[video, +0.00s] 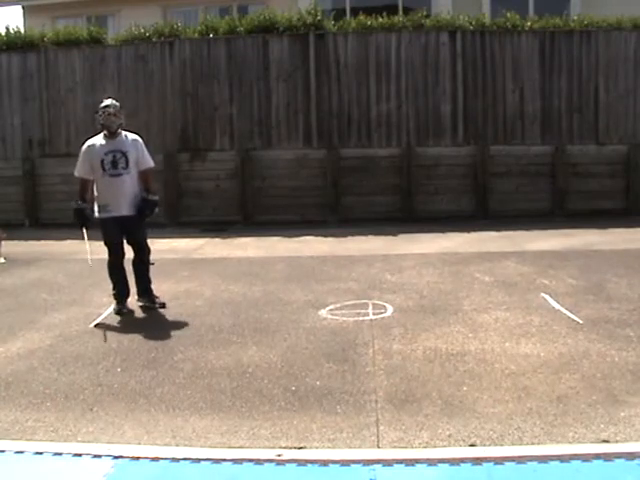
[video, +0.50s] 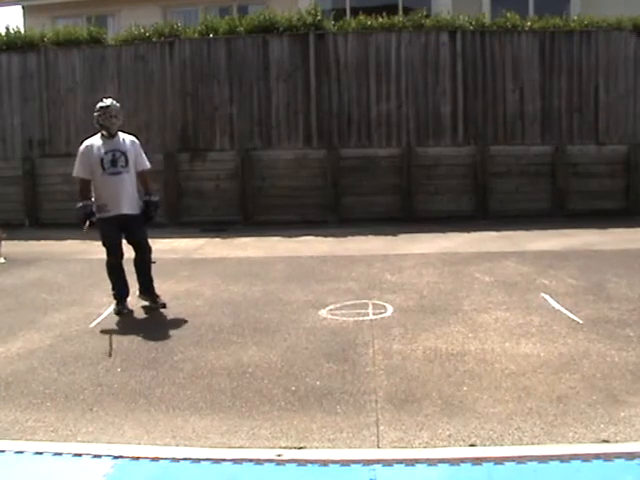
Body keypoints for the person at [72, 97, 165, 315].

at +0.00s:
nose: (110, 119)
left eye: (114, 114)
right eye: (106, 115)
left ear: (121, 117)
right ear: (99, 118)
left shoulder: (134, 142)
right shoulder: (90, 148)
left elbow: (146, 171)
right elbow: (85, 180)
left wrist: (150, 195)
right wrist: (82, 207)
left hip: (133, 210)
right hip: (107, 212)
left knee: (142, 252)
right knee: (115, 257)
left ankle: (146, 293)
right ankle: (120, 298)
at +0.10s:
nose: (111, 120)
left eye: (114, 115)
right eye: (106, 116)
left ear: (121, 117)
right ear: (99, 119)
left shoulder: (133, 141)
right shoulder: (90, 148)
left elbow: (146, 170)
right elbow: (85, 180)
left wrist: (150, 194)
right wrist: (83, 206)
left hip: (132, 210)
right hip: (107, 212)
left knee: (142, 251)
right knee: (115, 257)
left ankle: (145, 293)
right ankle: (120, 298)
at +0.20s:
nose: (110, 120)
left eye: (114, 115)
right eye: (105, 116)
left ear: (121, 118)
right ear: (98, 119)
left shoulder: (133, 141)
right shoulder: (89, 148)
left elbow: (146, 170)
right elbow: (85, 180)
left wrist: (151, 193)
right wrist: (84, 206)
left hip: (133, 210)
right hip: (107, 212)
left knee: (143, 251)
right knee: (115, 257)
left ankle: (146, 293)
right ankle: (120, 298)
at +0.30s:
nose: (110, 121)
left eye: (114, 116)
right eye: (106, 116)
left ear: (120, 118)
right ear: (98, 119)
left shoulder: (132, 141)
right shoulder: (89, 148)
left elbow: (145, 170)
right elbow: (85, 180)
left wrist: (151, 194)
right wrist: (85, 206)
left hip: (133, 209)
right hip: (107, 212)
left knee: (143, 250)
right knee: (115, 257)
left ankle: (146, 292)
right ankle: (121, 298)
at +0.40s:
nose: (111, 120)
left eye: (114, 116)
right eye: (106, 116)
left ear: (121, 118)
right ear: (97, 119)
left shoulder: (131, 142)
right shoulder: (89, 148)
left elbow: (144, 171)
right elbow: (85, 181)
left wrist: (152, 195)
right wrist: (86, 206)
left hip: (133, 209)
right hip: (107, 212)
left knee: (143, 251)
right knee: (114, 257)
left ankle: (147, 291)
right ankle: (120, 298)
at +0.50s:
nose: (113, 120)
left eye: (116, 116)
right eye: (107, 116)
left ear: (121, 118)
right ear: (98, 119)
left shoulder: (131, 142)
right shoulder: (89, 148)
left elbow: (143, 173)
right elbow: (84, 181)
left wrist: (150, 197)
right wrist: (87, 209)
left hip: (132, 209)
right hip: (106, 213)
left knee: (143, 251)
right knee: (114, 257)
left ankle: (147, 290)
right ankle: (120, 298)